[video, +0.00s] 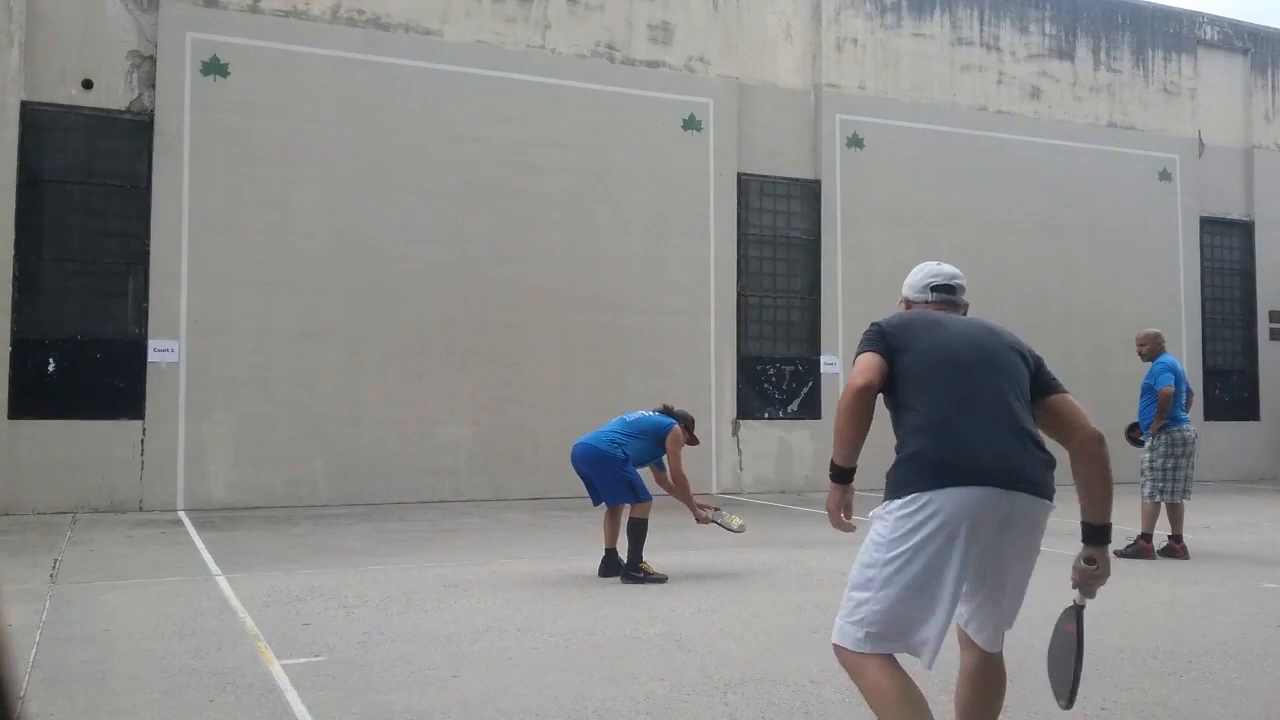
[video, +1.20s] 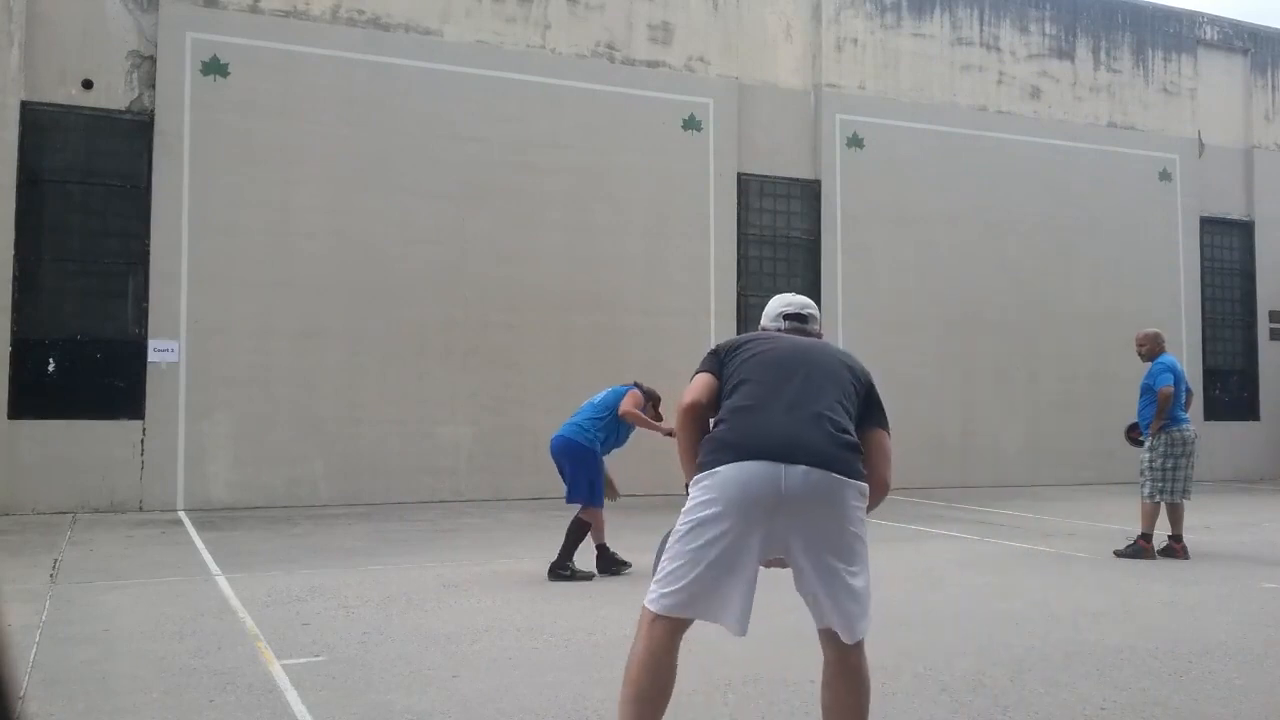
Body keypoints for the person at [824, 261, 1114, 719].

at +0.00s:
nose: (900, 310)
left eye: (901, 306)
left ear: (906, 305)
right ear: (965, 307)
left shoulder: (892, 328)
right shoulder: (1010, 344)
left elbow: (862, 385)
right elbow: (1087, 437)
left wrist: (841, 478)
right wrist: (1096, 544)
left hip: (936, 484)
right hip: (1026, 490)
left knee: (859, 642)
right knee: (982, 639)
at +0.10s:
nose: (885, 321)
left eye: (886, 316)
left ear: (892, 313)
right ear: (951, 316)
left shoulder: (878, 332)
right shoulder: (996, 350)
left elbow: (849, 384)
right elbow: (1056, 460)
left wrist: (834, 481)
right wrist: (1047, 554)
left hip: (917, 479)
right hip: (1010, 487)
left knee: (837, 630)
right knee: (976, 635)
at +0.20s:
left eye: (870, 324)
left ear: (876, 319)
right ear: (933, 320)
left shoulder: (860, 337)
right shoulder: (975, 353)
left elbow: (834, 384)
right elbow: (1029, 474)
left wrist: (823, 484)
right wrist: (997, 550)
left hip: (902, 471)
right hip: (994, 482)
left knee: (818, 632)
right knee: (971, 640)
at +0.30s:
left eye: (851, 328)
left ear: (853, 326)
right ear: (910, 328)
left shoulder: (839, 343)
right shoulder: (951, 358)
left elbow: (814, 394)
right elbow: (1000, 485)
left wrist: (804, 493)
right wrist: (943, 559)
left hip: (885, 471)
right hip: (976, 482)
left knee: (798, 643)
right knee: (961, 640)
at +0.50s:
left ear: (800, 334)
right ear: (856, 335)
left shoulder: (778, 354)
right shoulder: (893, 367)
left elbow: (749, 411)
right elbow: (947, 488)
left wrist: (743, 511)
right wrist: (896, 565)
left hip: (815, 490)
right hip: (913, 494)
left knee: (740, 642)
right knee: (929, 641)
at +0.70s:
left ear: (762, 327)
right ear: (817, 327)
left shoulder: (736, 349)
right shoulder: (855, 358)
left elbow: (695, 406)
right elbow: (901, 467)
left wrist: (677, 504)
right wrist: (878, 536)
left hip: (763, 480)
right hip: (861, 483)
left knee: (718, 640)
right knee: (878, 636)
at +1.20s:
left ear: (762, 329)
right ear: (820, 333)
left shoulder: (732, 348)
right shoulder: (852, 367)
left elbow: (691, 404)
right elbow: (879, 479)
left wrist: (698, 487)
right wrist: (824, 534)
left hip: (734, 469)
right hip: (832, 481)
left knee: (661, 623)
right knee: (844, 643)